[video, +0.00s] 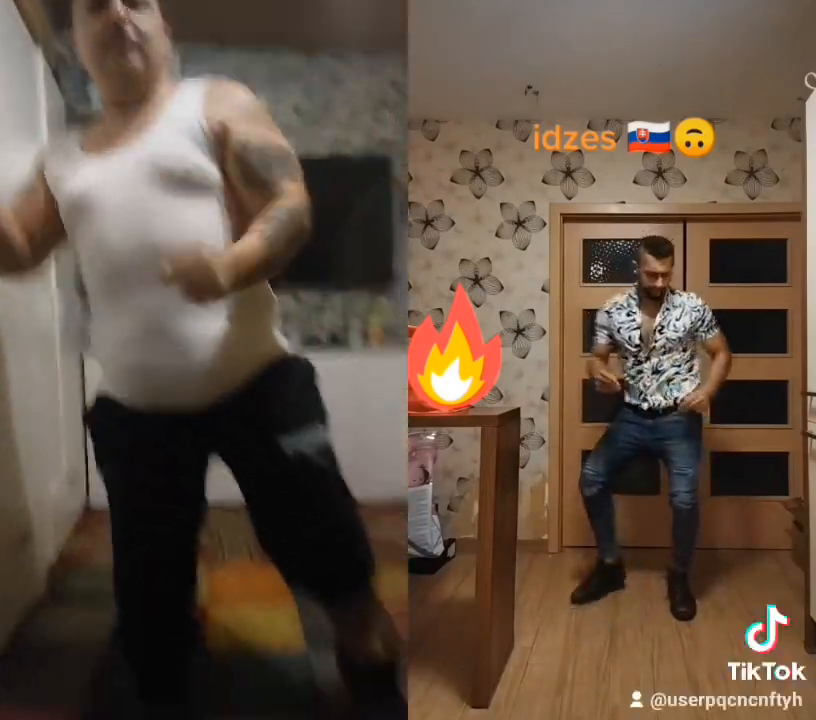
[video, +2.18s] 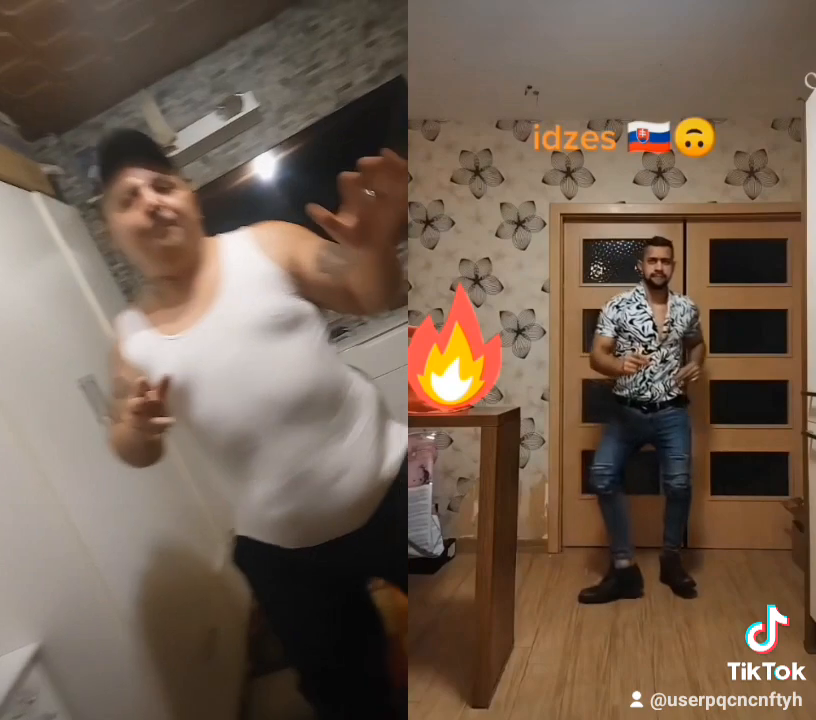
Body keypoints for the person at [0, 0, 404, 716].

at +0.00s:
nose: (122, 20)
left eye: (137, 3)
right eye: (98, 11)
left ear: (165, 23)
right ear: (72, 42)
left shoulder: (221, 105)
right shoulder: (68, 158)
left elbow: (292, 207)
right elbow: (18, 249)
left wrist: (227, 267)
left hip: (254, 387)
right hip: (136, 406)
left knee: (327, 546)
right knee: (149, 591)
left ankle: (372, 680)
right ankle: (158, 705)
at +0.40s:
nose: (156, 53)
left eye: (167, 41)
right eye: (137, 45)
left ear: (189, 60)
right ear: (117, 74)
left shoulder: (240, 116)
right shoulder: (109, 171)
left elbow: (315, 180)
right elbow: (84, 272)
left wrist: (291, 187)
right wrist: (116, 241)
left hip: (269, 349)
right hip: (175, 365)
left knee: (314, 478)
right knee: (173, 502)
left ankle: (341, 580)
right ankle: (169, 603)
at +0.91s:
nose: (263, 90)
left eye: (277, 79)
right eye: (250, 80)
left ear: (297, 95)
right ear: (232, 99)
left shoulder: (331, 157)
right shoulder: (209, 181)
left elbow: (370, 235)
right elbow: (183, 254)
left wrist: (309, 205)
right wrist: (169, 273)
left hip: (305, 367)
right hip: (218, 365)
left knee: (311, 485)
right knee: (191, 477)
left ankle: (307, 550)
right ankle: (163, 563)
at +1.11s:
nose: (274, 176)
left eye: (286, 164)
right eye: (262, 166)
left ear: (309, 176)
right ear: (246, 180)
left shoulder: (337, 242)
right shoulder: (218, 248)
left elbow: (367, 320)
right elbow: (180, 312)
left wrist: (317, 331)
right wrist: (158, 328)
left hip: (294, 441)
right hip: (206, 433)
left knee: (297, 563)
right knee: (175, 548)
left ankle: (300, 640)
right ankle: (144, 642)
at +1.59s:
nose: (280, 222)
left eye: (295, 209)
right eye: (267, 212)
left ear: (323, 221)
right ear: (252, 229)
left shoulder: (362, 299)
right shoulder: (225, 301)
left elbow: (396, 378)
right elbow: (182, 371)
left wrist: (394, 408)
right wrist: (164, 378)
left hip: (329, 513)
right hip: (228, 512)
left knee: (367, 660)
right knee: (207, 663)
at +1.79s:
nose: (257, 215)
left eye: (270, 199)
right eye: (240, 207)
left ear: (302, 212)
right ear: (226, 233)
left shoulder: (359, 284)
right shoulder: (208, 316)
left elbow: (419, 361)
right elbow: (171, 407)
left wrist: (425, 351)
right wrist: (171, 368)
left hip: (365, 523)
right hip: (258, 534)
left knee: (405, 669)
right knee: (267, 692)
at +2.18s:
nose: (152, 205)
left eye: (164, 186)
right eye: (128, 200)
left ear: (192, 197)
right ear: (111, 233)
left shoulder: (266, 245)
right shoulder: (134, 338)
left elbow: (374, 297)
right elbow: (132, 449)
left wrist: (376, 251)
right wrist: (140, 424)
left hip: (384, 490)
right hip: (280, 544)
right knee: (345, 693)